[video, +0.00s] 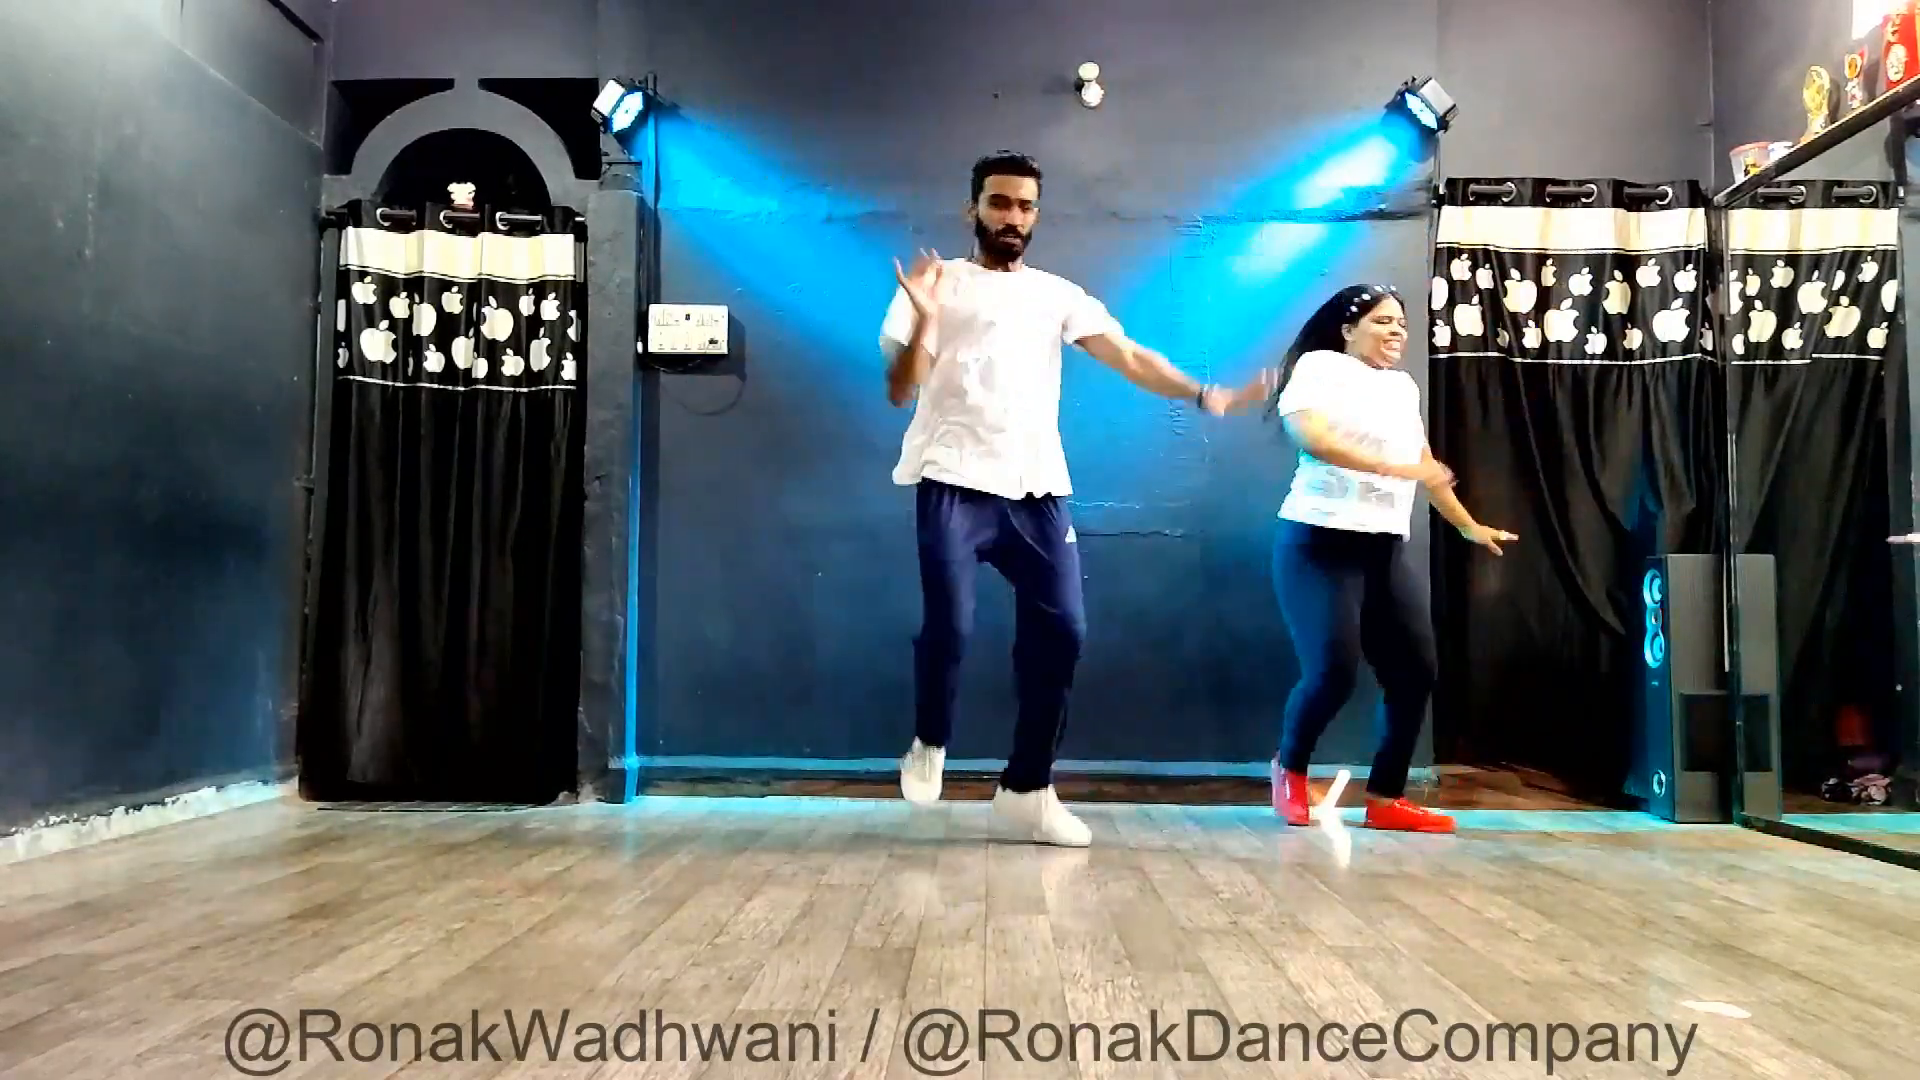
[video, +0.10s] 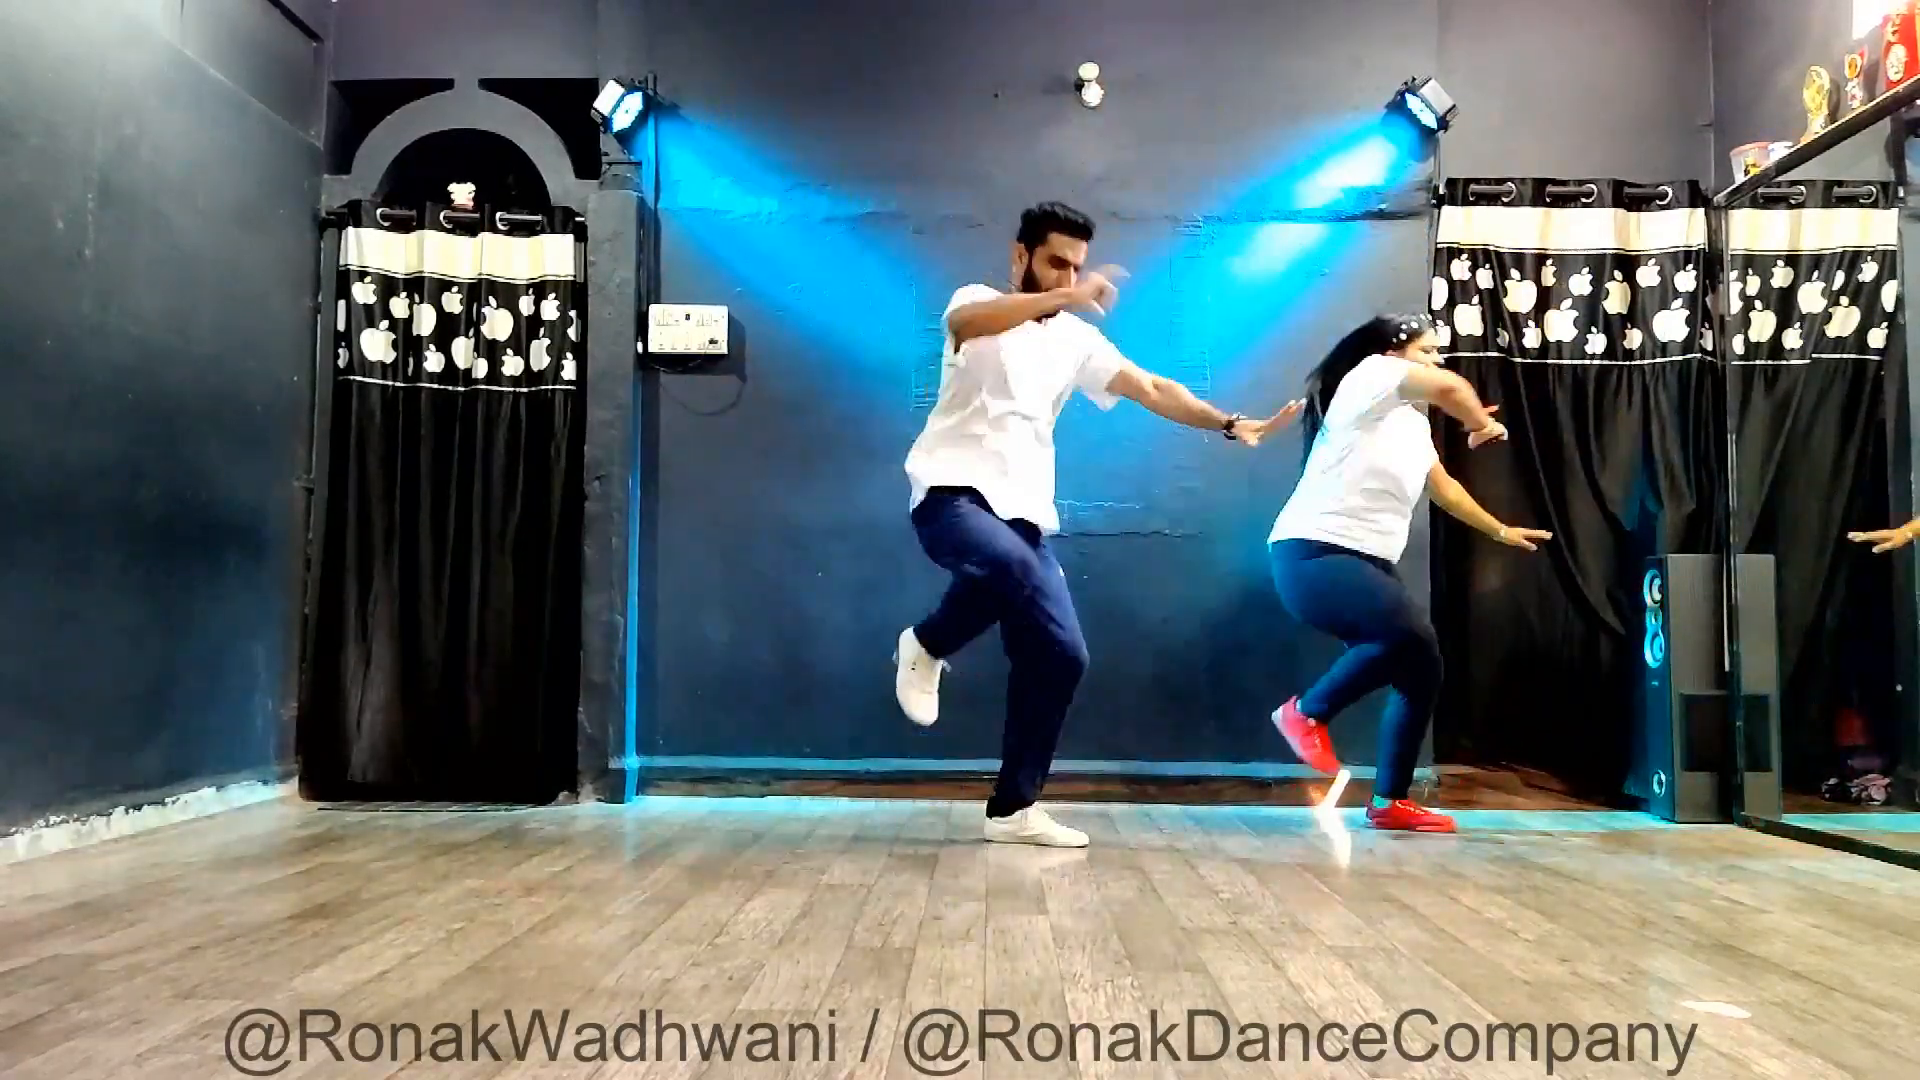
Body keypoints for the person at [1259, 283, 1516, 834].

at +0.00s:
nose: (1396, 332)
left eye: (1401, 326)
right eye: (1383, 322)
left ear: (1403, 336)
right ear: (1348, 327)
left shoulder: (1403, 388)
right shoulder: (1317, 367)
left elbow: (1422, 464)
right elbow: (1317, 440)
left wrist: (1469, 525)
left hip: (1386, 547)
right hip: (1317, 541)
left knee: (1413, 670)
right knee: (1330, 672)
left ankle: (1385, 798)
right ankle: (1289, 771)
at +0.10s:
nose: (1439, 362)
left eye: (1438, 353)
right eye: (1430, 351)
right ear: (1396, 351)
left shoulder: (1413, 428)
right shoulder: (1368, 376)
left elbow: (1445, 489)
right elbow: (1451, 386)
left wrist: (1501, 531)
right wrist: (1480, 422)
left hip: (1366, 563)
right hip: (1316, 550)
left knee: (1422, 668)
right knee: (1404, 633)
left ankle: (1390, 800)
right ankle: (1305, 714)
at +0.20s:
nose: (1449, 375)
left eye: (1449, 366)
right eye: (1442, 364)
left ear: (1407, 364)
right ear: (1413, 362)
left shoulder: (1412, 435)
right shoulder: (1392, 387)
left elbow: (1443, 490)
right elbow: (1493, 392)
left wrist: (1501, 529)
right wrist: (1497, 438)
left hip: (1327, 568)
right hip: (1324, 550)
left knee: (1426, 668)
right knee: (1445, 617)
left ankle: (1390, 799)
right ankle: (1341, 712)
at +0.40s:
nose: (1437, 376)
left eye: (1436, 367)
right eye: (1423, 369)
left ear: (1389, 385)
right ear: (1393, 378)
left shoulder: (1371, 430)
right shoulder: (1411, 417)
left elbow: (1423, 519)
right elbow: (1449, 493)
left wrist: (1485, 498)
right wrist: (1476, 455)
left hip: (1331, 583)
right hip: (1376, 572)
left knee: (1432, 690)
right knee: (1476, 684)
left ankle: (1391, 801)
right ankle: (1426, 813)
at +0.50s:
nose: (1396, 325)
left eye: (1404, 319)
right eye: (1381, 320)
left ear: (1414, 337)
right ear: (1361, 338)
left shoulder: (1403, 405)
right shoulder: (1368, 363)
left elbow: (1423, 480)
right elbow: (1406, 397)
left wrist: (1491, 466)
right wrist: (1443, 378)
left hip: (1364, 542)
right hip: (1366, 536)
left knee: (1425, 672)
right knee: (1442, 660)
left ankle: (1391, 800)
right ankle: (1424, 812)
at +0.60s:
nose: (1381, 291)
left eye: (1391, 286)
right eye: (1368, 286)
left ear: (1404, 304)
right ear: (1348, 301)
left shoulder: (1416, 366)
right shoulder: (1341, 328)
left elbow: (1427, 444)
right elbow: (1330, 358)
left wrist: (1496, 424)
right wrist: (1414, 363)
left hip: (1401, 513)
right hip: (1346, 503)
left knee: (1422, 641)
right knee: (1407, 635)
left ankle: (1401, 782)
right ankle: (1386, 785)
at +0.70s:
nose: (1382, 285)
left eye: (1392, 280)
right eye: (1368, 278)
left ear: (1403, 300)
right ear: (1343, 292)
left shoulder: (1410, 358)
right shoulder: (1326, 317)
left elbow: (1471, 397)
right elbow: (1258, 356)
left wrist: (1497, 375)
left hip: (1384, 502)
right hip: (1323, 496)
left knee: (1456, 585)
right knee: (1359, 634)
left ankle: (1401, 709)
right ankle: (1310, 773)